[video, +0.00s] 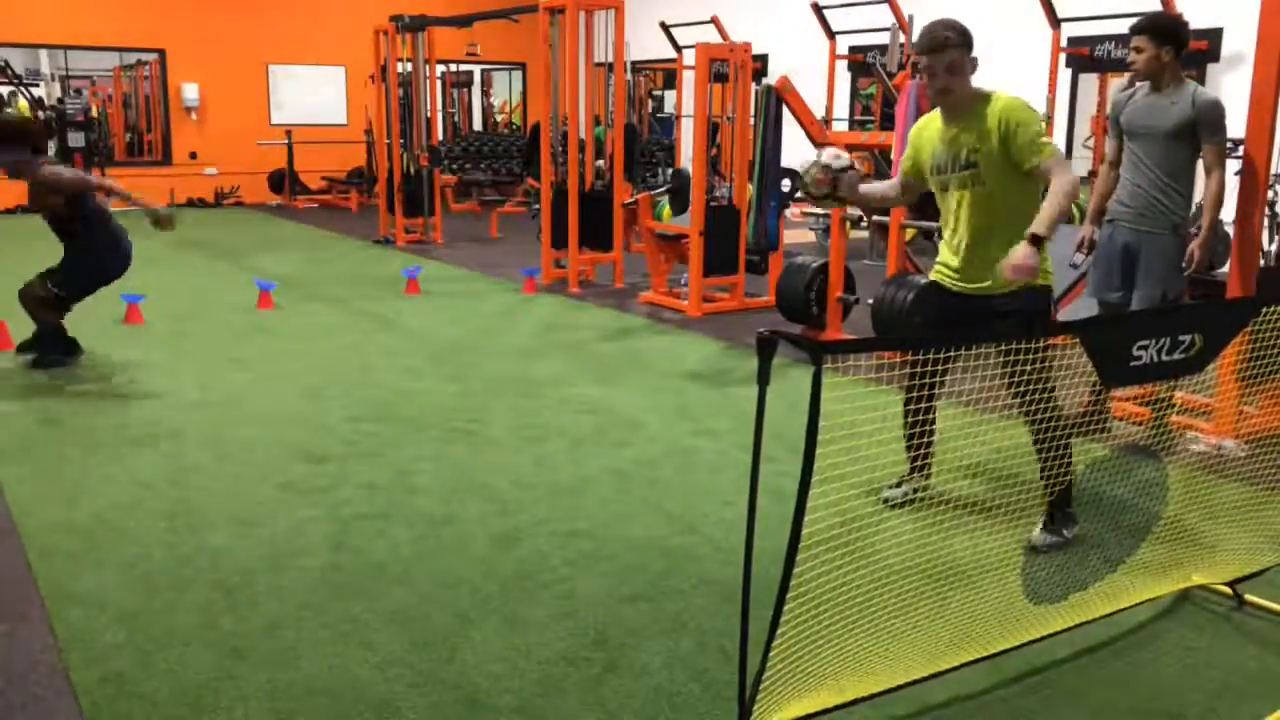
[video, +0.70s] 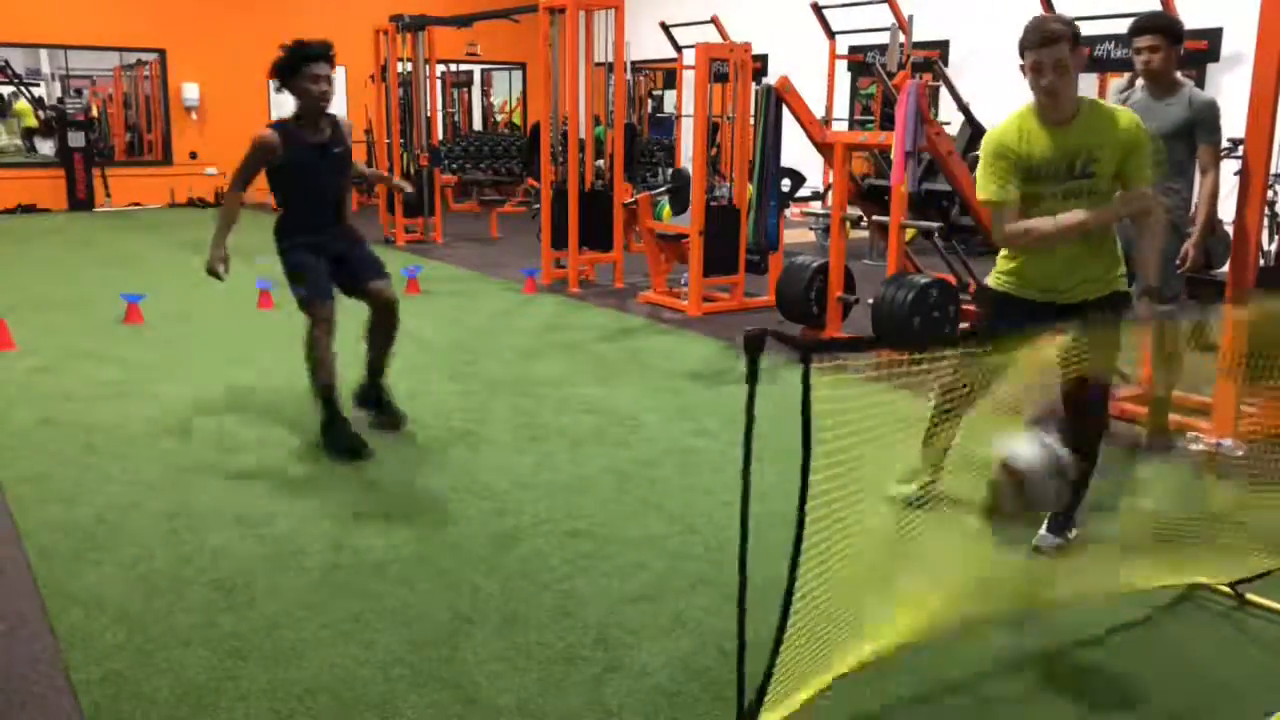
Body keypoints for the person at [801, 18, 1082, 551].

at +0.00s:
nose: (929, 75)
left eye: (941, 65)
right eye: (923, 65)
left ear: (970, 63)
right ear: (918, 67)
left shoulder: (1008, 115)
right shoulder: (924, 132)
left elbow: (1065, 179)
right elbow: (901, 191)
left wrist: (1033, 240)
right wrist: (844, 188)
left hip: (1016, 281)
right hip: (950, 280)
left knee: (1031, 392)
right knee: (920, 375)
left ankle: (1060, 511)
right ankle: (917, 475)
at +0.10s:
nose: (945, 79)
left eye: (957, 67)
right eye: (937, 68)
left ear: (981, 64)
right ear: (929, 68)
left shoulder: (1019, 116)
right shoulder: (927, 131)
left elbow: (1089, 170)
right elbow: (891, 180)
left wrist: (1097, 240)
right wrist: (832, 162)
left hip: (1029, 281)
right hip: (961, 280)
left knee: (1037, 391)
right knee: (925, 374)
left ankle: (1062, 508)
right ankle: (917, 475)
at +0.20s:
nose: (974, 84)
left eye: (985, 72)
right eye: (964, 74)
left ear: (1000, 68)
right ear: (945, 72)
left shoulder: (1043, 119)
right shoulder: (936, 134)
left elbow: (1119, 162)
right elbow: (887, 180)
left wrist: (1154, 219)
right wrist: (841, 150)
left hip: (1046, 282)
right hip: (971, 283)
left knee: (1047, 384)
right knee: (935, 372)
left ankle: (1066, 508)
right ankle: (919, 477)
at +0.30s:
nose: (1003, 89)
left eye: (1012, 77)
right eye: (991, 80)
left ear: (1027, 73)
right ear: (973, 81)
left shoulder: (1067, 125)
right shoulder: (951, 145)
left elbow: (1130, 169)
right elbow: (899, 211)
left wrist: (1180, 199)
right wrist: (856, 185)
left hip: (1062, 291)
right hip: (983, 296)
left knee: (1062, 397)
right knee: (939, 374)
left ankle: (1065, 513)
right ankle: (920, 475)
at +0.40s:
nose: (1025, 100)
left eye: (1033, 87)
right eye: (1011, 90)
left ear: (1046, 82)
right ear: (991, 90)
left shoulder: (1082, 135)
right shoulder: (973, 159)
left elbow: (1127, 201)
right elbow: (958, 237)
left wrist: (1178, 227)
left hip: (1073, 292)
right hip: (998, 298)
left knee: (1080, 403)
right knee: (952, 377)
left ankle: (1063, 512)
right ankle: (920, 471)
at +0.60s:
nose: (1047, 90)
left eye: (1056, 78)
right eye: (1035, 82)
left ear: (1069, 76)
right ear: (1017, 85)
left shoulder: (1105, 132)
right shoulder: (1002, 155)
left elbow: (1132, 216)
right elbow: (1055, 231)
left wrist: (1152, 296)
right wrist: (1142, 212)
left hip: (1084, 294)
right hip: (1006, 293)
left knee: (1087, 410)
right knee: (950, 383)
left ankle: (1062, 517)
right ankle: (912, 470)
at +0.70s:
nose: (1045, 79)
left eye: (1055, 66)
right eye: (1035, 69)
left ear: (1078, 60)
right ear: (1023, 70)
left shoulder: (1123, 130)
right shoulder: (1004, 139)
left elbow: (1145, 210)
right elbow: (1005, 232)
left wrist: (1146, 287)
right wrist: (1097, 218)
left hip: (1094, 288)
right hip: (1018, 286)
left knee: (1087, 404)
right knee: (960, 383)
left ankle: (1063, 516)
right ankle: (928, 474)